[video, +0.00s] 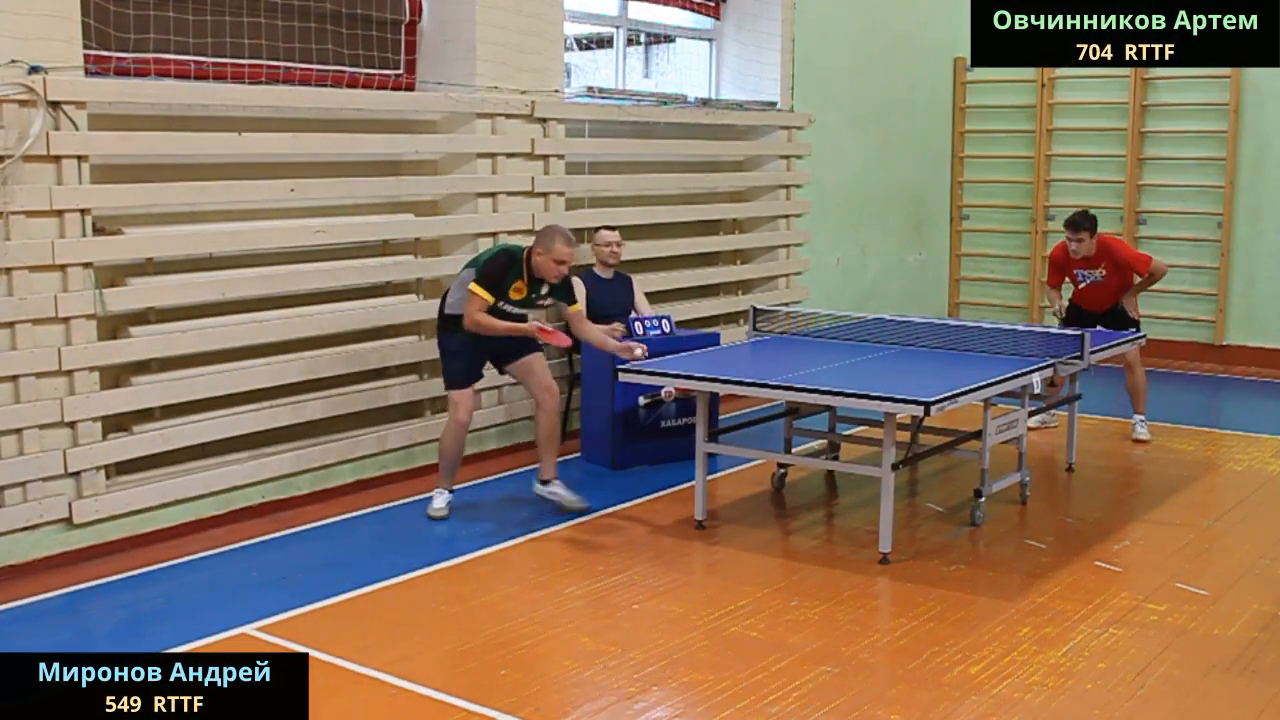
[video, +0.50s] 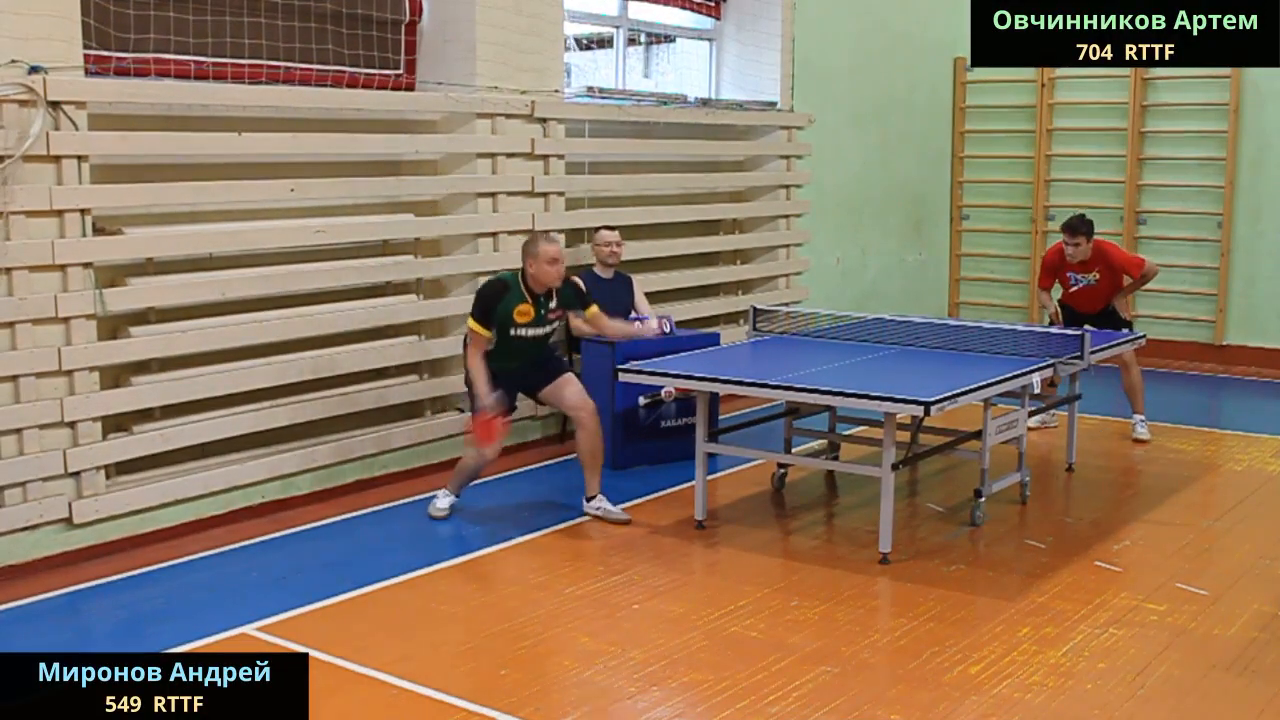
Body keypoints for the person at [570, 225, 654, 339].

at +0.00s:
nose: (614, 250)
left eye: (618, 245)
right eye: (607, 245)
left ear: (623, 247)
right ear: (593, 249)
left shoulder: (628, 281)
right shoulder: (579, 281)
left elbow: (649, 316)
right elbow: (579, 324)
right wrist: (605, 330)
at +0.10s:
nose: (614, 250)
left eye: (618, 245)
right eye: (607, 245)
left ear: (622, 247)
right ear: (594, 249)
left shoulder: (628, 281)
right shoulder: (578, 282)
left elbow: (649, 318)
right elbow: (577, 327)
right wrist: (606, 330)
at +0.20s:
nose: (614, 250)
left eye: (618, 245)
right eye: (607, 245)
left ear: (622, 247)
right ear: (594, 249)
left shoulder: (628, 281)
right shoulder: (578, 282)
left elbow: (649, 318)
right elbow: (577, 327)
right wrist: (605, 330)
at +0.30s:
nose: (613, 250)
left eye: (618, 245)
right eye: (607, 245)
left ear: (622, 248)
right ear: (593, 249)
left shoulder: (628, 281)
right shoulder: (578, 282)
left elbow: (649, 318)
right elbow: (576, 326)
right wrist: (605, 330)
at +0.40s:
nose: (614, 250)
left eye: (618, 245)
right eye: (607, 245)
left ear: (622, 247)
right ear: (593, 249)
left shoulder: (628, 281)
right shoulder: (579, 282)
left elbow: (649, 317)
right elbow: (576, 328)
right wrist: (606, 330)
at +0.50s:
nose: (614, 250)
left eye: (618, 245)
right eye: (607, 245)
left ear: (622, 248)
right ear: (593, 249)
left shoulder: (629, 282)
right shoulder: (578, 283)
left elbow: (649, 319)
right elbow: (576, 327)